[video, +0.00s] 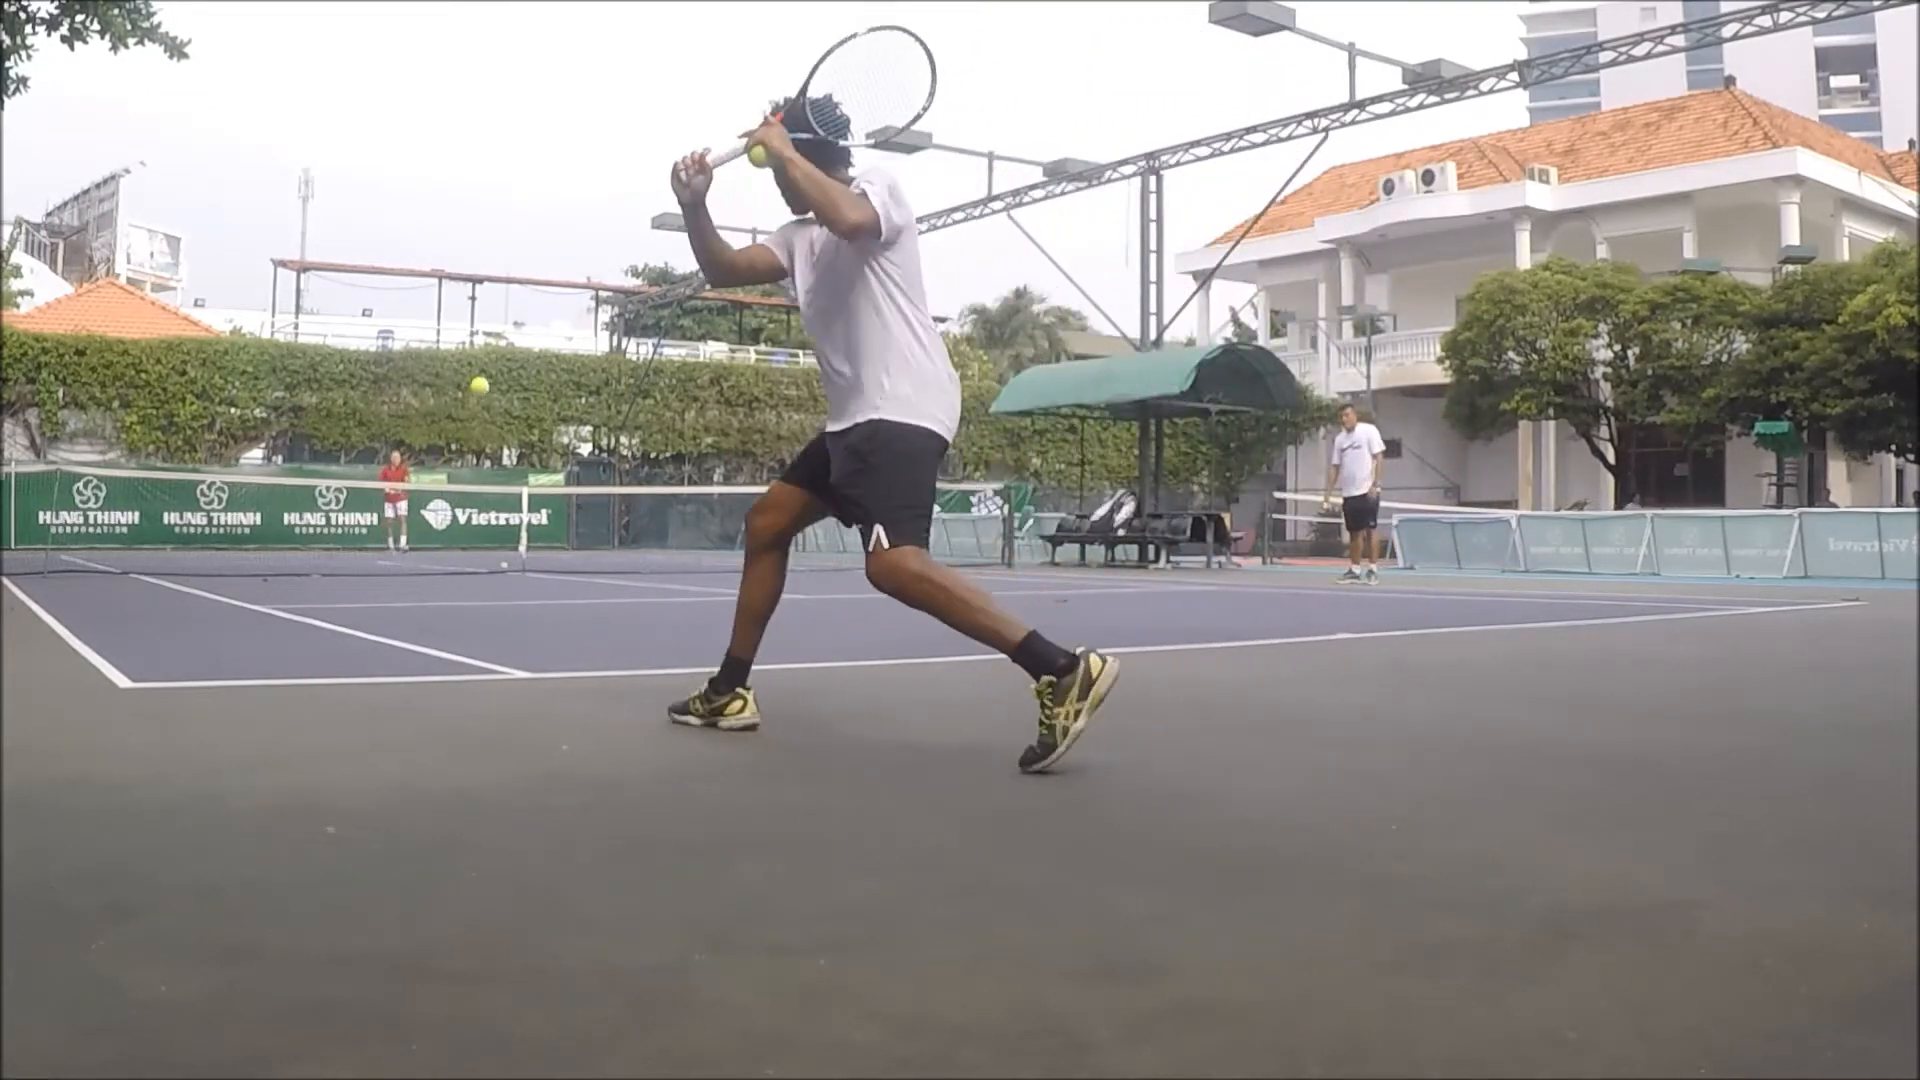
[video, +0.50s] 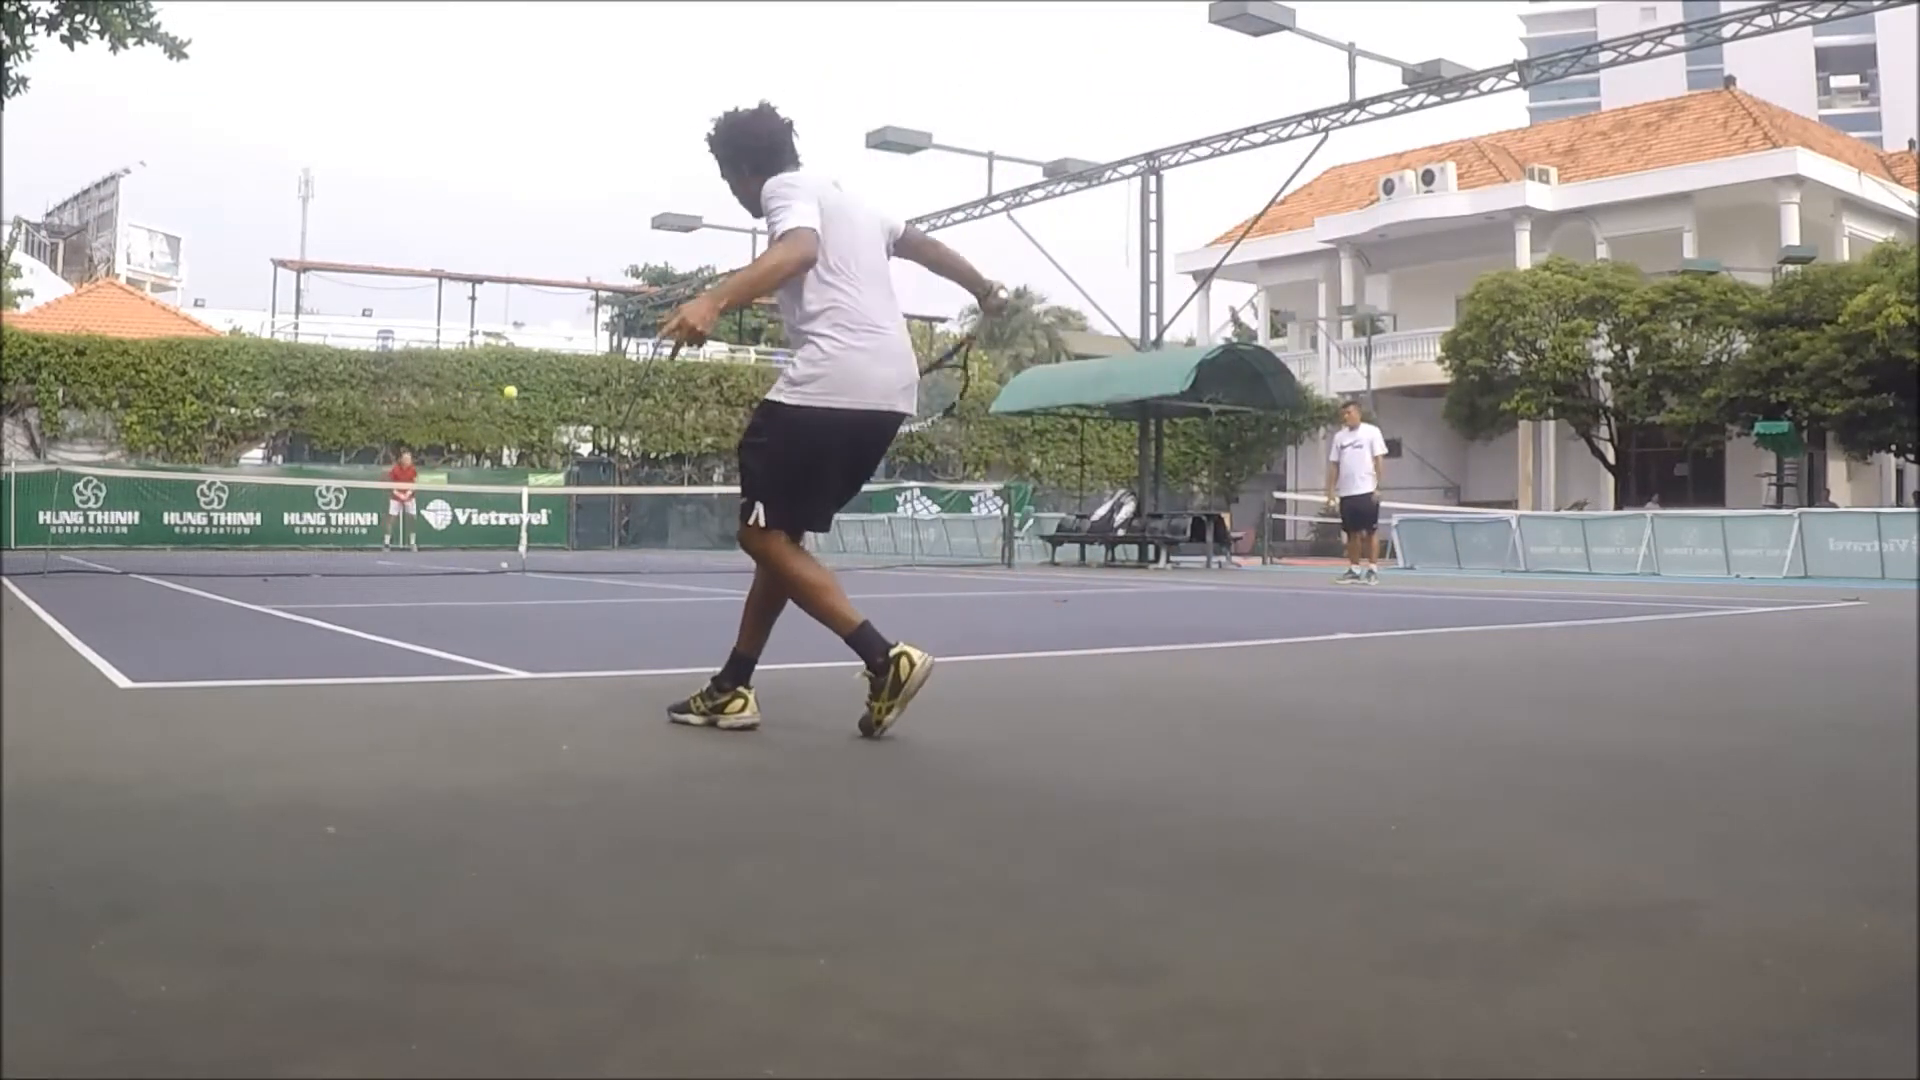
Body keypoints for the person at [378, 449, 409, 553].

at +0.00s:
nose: (396, 460)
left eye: (397, 457)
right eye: (394, 457)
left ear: (400, 459)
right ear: (390, 459)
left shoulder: (404, 469)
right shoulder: (385, 469)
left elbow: (406, 483)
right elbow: (381, 482)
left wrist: (399, 489)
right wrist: (388, 490)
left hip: (401, 498)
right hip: (389, 498)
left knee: (402, 518)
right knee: (389, 520)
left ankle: (403, 542)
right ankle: (390, 540)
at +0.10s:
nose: (397, 458)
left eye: (399, 456)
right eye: (395, 456)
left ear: (402, 457)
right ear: (391, 457)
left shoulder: (404, 468)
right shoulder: (386, 468)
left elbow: (407, 482)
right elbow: (380, 480)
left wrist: (399, 489)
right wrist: (388, 489)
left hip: (401, 496)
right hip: (389, 496)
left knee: (402, 517)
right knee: (388, 518)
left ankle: (403, 542)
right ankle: (388, 542)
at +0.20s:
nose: (398, 462)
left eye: (400, 460)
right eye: (396, 460)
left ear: (403, 461)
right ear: (393, 461)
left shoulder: (405, 471)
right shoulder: (387, 471)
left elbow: (407, 483)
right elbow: (381, 484)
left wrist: (401, 492)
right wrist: (389, 494)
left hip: (401, 500)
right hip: (389, 499)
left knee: (402, 521)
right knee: (387, 521)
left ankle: (404, 542)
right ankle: (387, 542)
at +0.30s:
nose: (399, 465)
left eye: (401, 463)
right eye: (397, 463)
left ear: (404, 464)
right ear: (394, 464)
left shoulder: (406, 475)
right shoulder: (388, 474)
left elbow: (409, 488)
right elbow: (384, 487)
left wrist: (401, 497)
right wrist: (391, 497)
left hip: (402, 503)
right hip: (390, 503)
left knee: (403, 524)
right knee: (389, 523)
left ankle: (403, 543)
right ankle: (388, 542)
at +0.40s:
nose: (403, 462)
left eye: (405, 459)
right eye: (401, 459)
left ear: (407, 461)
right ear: (397, 460)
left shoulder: (410, 471)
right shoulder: (391, 471)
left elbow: (411, 484)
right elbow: (388, 484)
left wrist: (404, 494)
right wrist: (396, 494)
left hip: (406, 498)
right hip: (393, 498)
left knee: (407, 520)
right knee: (391, 519)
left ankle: (405, 542)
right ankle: (388, 542)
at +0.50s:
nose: (407, 461)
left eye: (409, 458)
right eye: (405, 458)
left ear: (411, 460)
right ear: (400, 459)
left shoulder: (412, 470)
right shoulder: (395, 470)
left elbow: (414, 483)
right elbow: (391, 484)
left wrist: (407, 494)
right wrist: (399, 495)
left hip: (408, 494)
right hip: (396, 495)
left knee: (412, 517)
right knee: (392, 517)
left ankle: (412, 542)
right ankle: (387, 542)